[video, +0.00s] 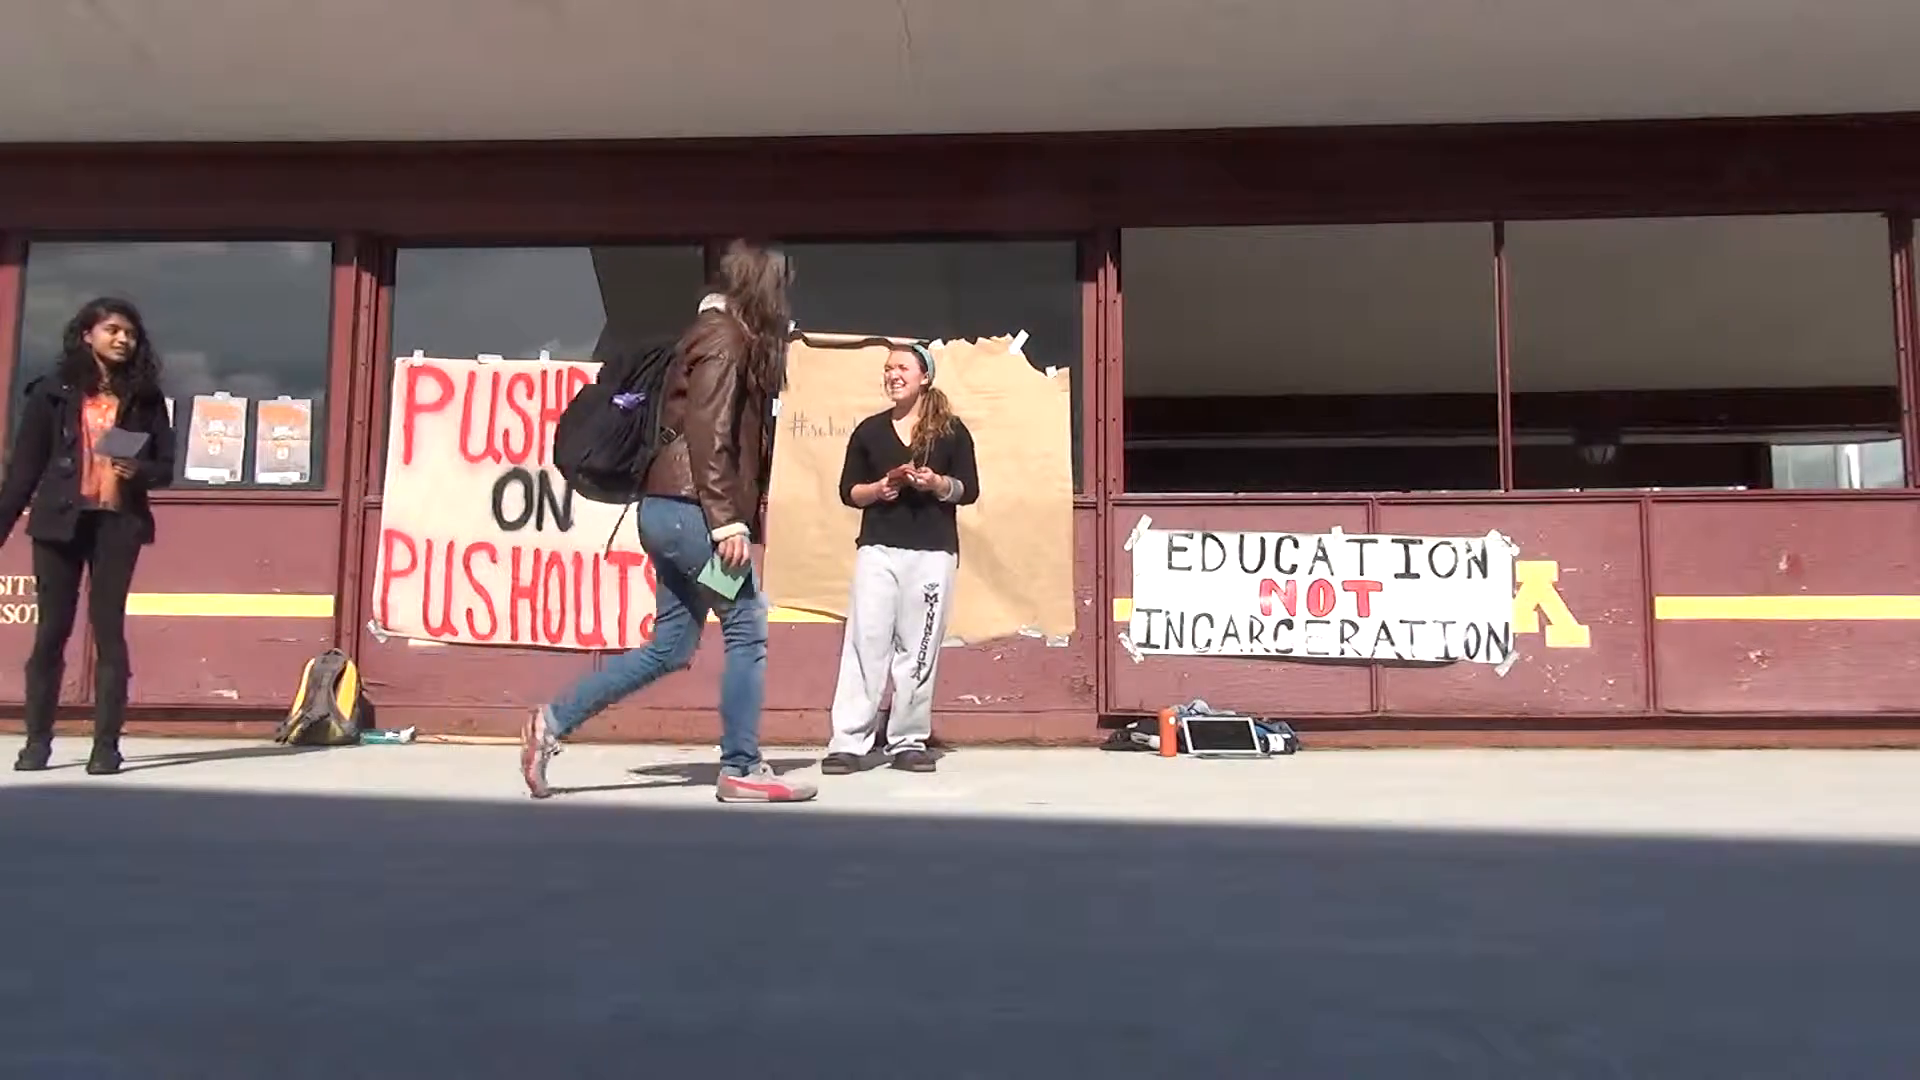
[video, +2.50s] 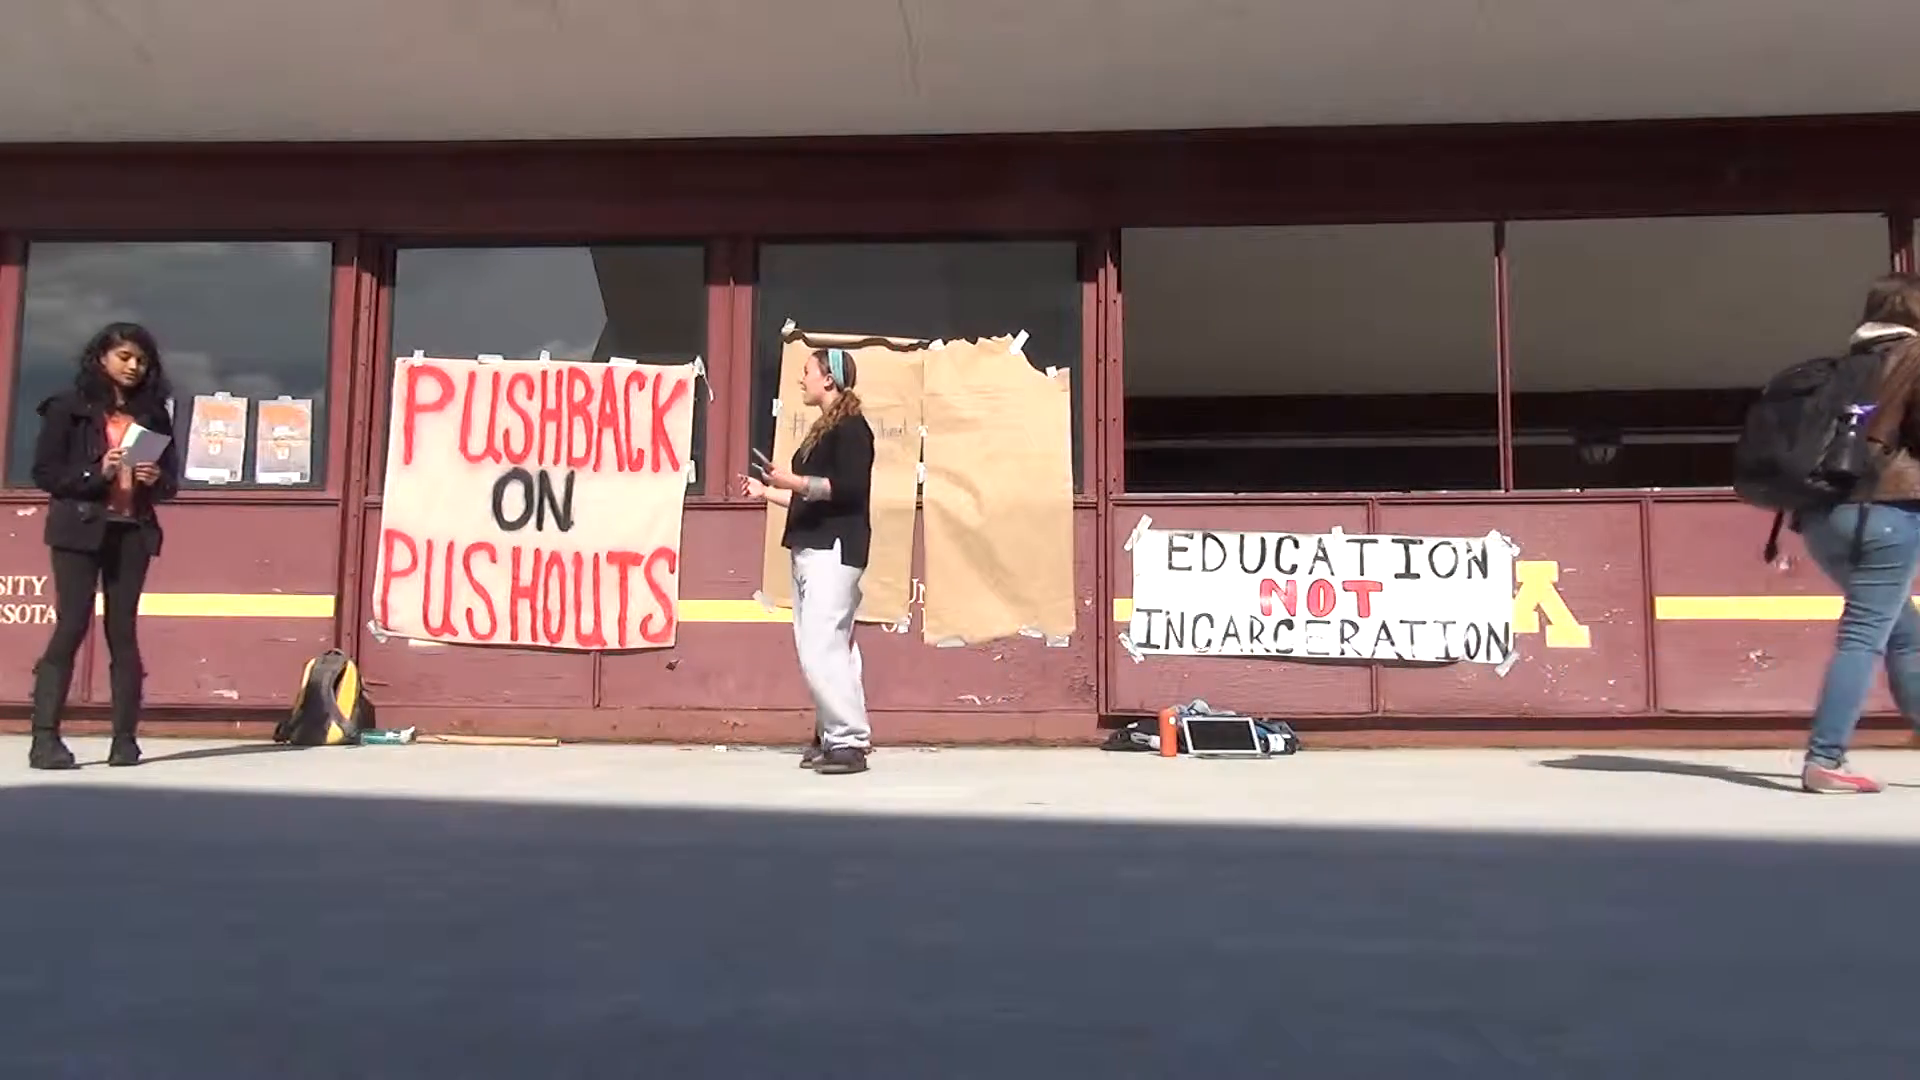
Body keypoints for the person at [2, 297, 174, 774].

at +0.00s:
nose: (120, 338)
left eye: (128, 332)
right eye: (110, 329)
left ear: (136, 342)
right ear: (85, 334)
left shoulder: (147, 395)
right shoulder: (52, 389)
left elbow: (164, 470)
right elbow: (24, 467)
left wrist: (138, 468)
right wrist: (3, 524)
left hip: (118, 521)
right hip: (59, 518)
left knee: (108, 627)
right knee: (51, 630)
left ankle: (107, 744)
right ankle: (38, 740)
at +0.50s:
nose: (98, 347)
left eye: (104, 340)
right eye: (88, 338)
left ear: (111, 349)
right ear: (61, 341)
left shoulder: (118, 400)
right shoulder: (25, 395)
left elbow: (136, 472)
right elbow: (10, 462)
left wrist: (107, 482)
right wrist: (10, 508)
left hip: (92, 524)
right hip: (33, 521)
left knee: (93, 625)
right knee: (37, 628)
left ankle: (104, 737)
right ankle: (36, 739)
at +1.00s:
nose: (117, 353)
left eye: (123, 348)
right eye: (108, 344)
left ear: (129, 358)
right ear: (81, 348)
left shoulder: (139, 409)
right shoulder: (46, 404)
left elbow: (156, 479)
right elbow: (21, 476)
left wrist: (132, 481)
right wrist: (3, 518)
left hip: (110, 527)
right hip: (52, 524)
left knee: (110, 630)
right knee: (49, 630)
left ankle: (125, 734)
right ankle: (39, 738)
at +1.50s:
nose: (145, 368)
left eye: (152, 362)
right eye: (136, 359)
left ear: (158, 370)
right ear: (112, 361)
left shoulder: (168, 416)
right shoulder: (82, 413)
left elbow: (187, 483)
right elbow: (64, 482)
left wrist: (177, 484)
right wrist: (103, 481)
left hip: (151, 532)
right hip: (99, 530)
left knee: (138, 629)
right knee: (76, 628)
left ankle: (128, 737)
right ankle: (41, 738)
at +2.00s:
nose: (154, 372)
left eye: (161, 366)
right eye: (145, 363)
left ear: (167, 372)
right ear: (123, 365)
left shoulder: (175, 417)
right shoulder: (92, 410)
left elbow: (192, 484)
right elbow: (72, 481)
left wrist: (177, 489)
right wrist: (119, 483)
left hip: (155, 533)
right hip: (103, 529)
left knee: (137, 629)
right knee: (79, 628)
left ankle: (126, 738)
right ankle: (42, 737)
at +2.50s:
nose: (131, 366)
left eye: (139, 360)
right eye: (123, 357)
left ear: (147, 367)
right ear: (100, 357)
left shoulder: (154, 415)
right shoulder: (68, 407)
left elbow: (169, 484)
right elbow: (45, 473)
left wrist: (156, 478)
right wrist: (96, 473)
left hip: (131, 531)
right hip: (78, 528)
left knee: (122, 630)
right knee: (72, 626)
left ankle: (124, 737)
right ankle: (44, 737)